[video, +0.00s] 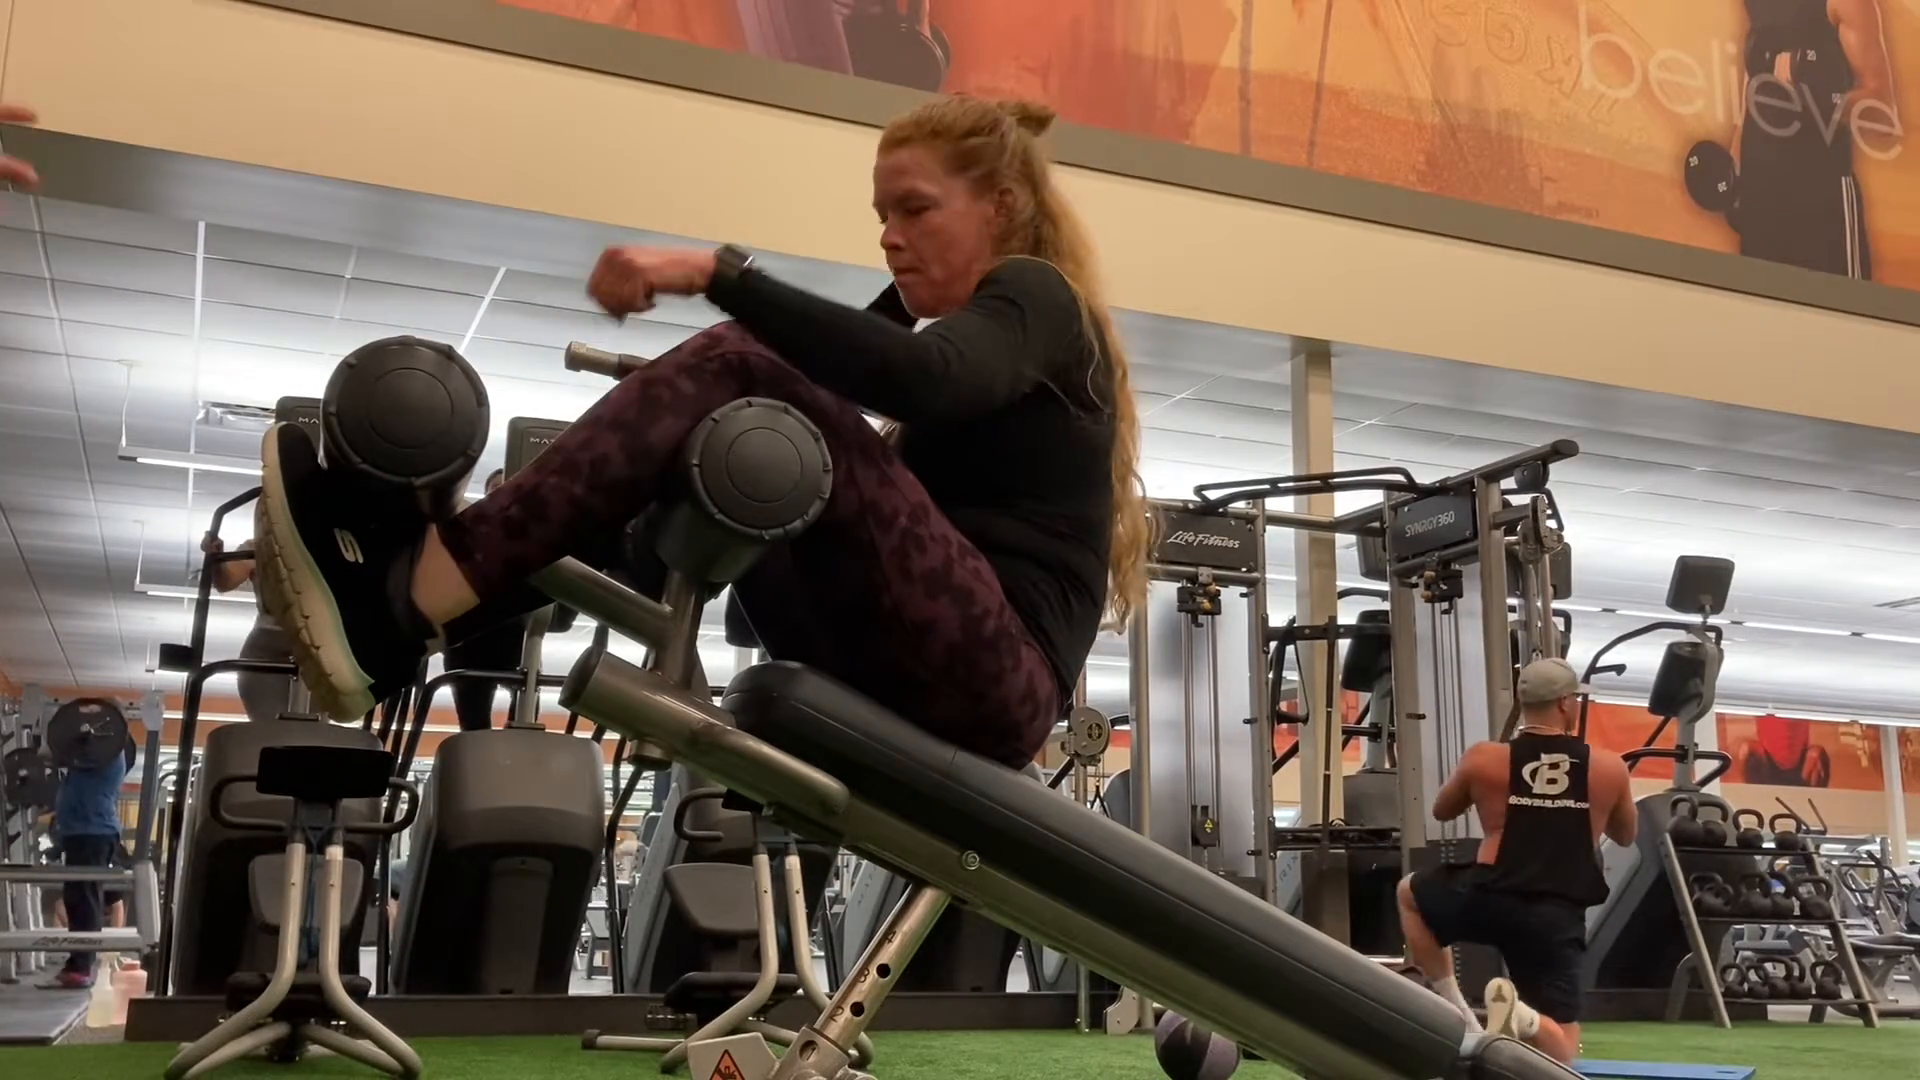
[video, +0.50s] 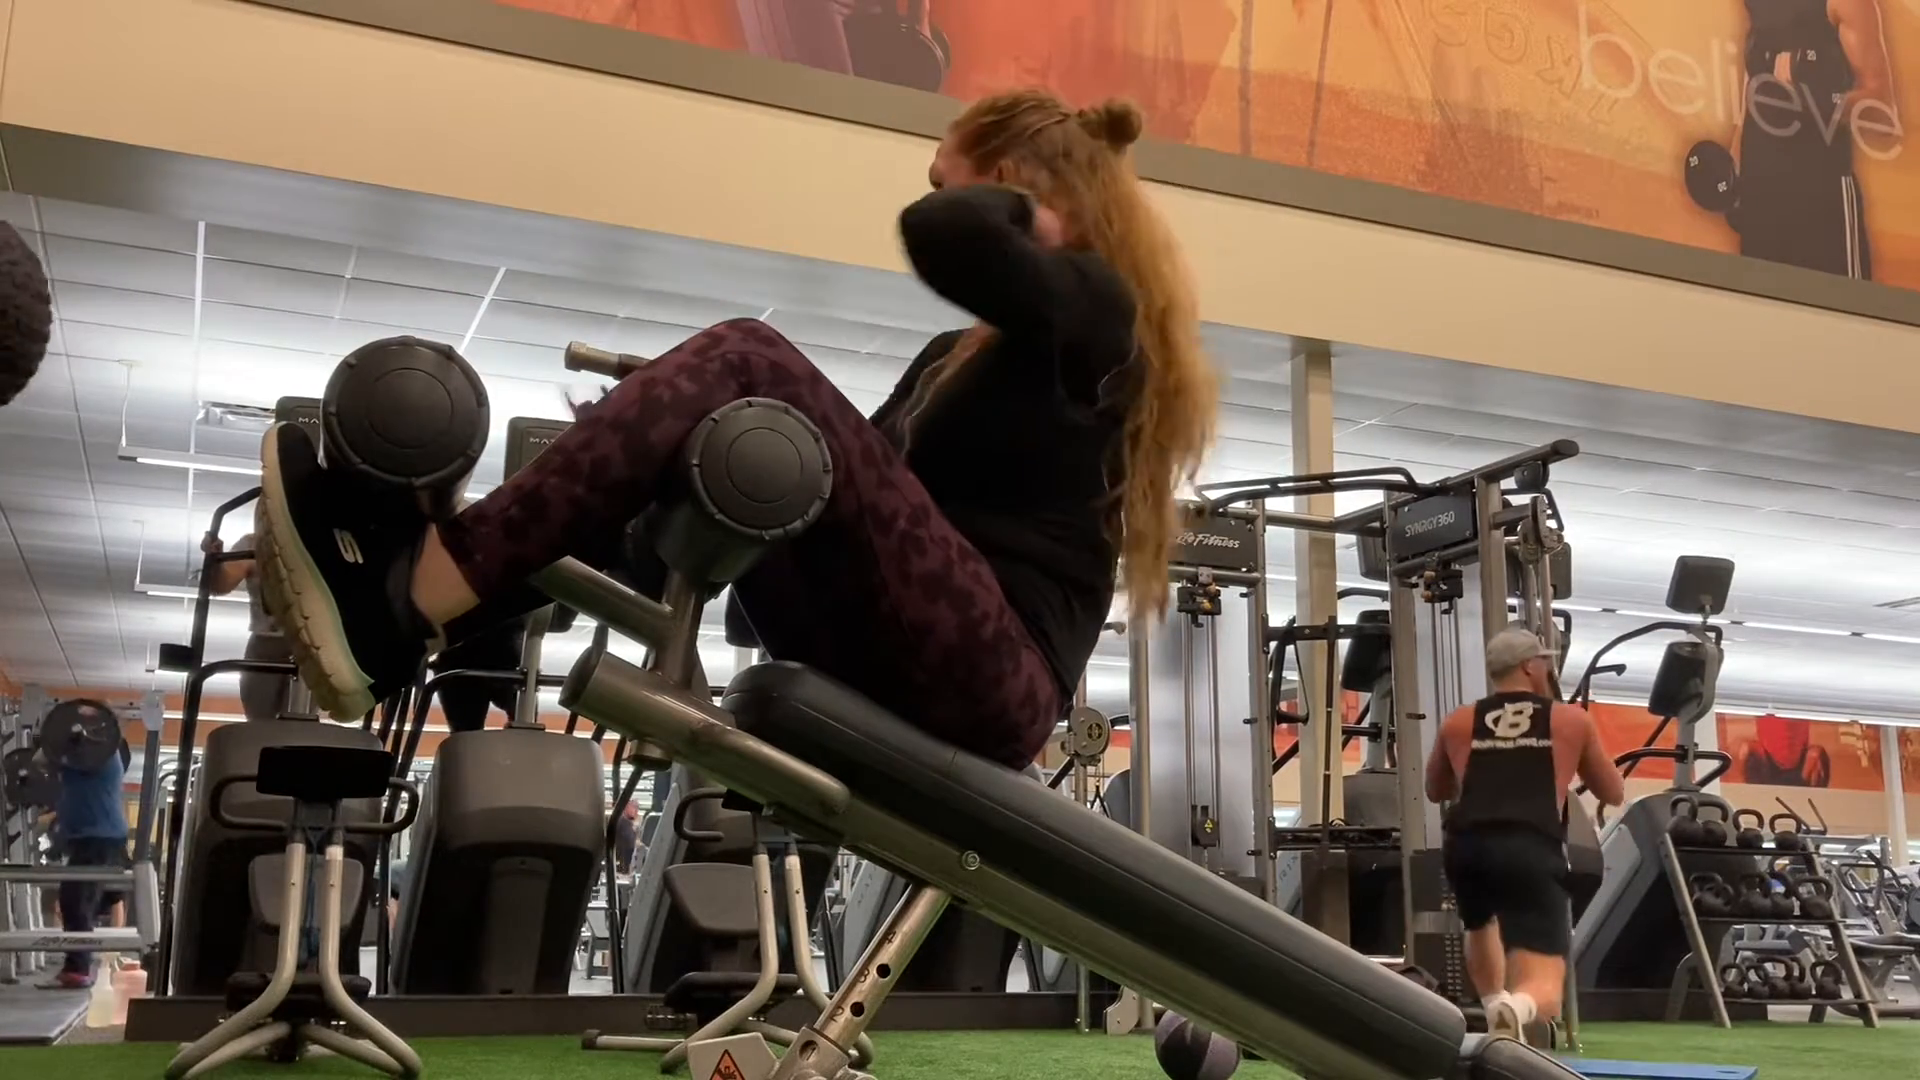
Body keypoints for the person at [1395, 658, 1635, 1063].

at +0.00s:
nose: (1578, 705)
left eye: (1577, 698)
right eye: (1575, 698)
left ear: (1522, 702)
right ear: (1565, 703)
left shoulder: (1484, 758)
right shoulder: (1608, 767)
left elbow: (1442, 810)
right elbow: (1625, 835)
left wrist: (1482, 783)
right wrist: (1591, 793)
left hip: (1488, 897)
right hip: (1556, 912)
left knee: (1410, 895)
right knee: (1566, 1049)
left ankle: (1455, 1009)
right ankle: (1520, 1015)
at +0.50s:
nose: (1549, 671)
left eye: (1547, 662)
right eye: (1545, 662)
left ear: (1495, 671)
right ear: (1528, 668)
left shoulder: (1458, 722)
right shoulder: (1573, 721)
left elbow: (1437, 789)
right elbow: (1613, 792)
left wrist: (1481, 768)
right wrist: (1582, 764)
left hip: (1467, 848)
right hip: (1531, 849)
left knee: (1478, 922)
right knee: (1542, 986)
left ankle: (1499, 1020)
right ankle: (1509, 1009)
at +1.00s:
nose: (1550, 593)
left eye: (1548, 586)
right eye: (1547, 586)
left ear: (1495, 592)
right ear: (1534, 587)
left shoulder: (1465, 647)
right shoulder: (1557, 632)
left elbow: (1464, 712)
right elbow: (1611, 695)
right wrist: (1600, 658)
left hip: (1488, 778)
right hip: (1550, 768)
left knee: (1501, 901)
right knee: (1640, 850)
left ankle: (1502, 1027)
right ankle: (1674, 966)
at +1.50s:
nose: (1597, 604)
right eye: (1604, 595)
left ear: (1563, 599)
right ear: (1609, 598)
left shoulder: (1538, 654)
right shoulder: (1649, 652)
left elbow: (1514, 730)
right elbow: (1666, 730)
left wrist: (1491, 794)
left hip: (1570, 795)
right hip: (1639, 794)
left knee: (1538, 900)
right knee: (1660, 911)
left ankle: (1513, 1027)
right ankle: (1683, 1039)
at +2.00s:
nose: (1554, 611)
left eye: (1556, 603)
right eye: (1557, 604)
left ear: (1566, 605)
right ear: (1600, 605)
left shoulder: (1577, 644)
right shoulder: (1631, 648)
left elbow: (1570, 716)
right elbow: (1668, 719)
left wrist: (1546, 775)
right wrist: (1660, 768)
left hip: (1599, 781)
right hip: (1652, 784)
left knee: (1552, 889)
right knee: (1663, 906)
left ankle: (1572, 1018)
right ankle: (1683, 1035)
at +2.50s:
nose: (1450, 613)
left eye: (1455, 605)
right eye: (1451, 605)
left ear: (1476, 607)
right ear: (1492, 606)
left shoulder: (1489, 647)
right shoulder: (1522, 647)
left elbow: (1488, 719)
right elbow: (1536, 724)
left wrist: (1462, 748)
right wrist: (1482, 741)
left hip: (1516, 784)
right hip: (1554, 782)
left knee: (1511, 904)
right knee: (1573, 899)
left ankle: (1507, 1027)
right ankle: (1647, 1004)